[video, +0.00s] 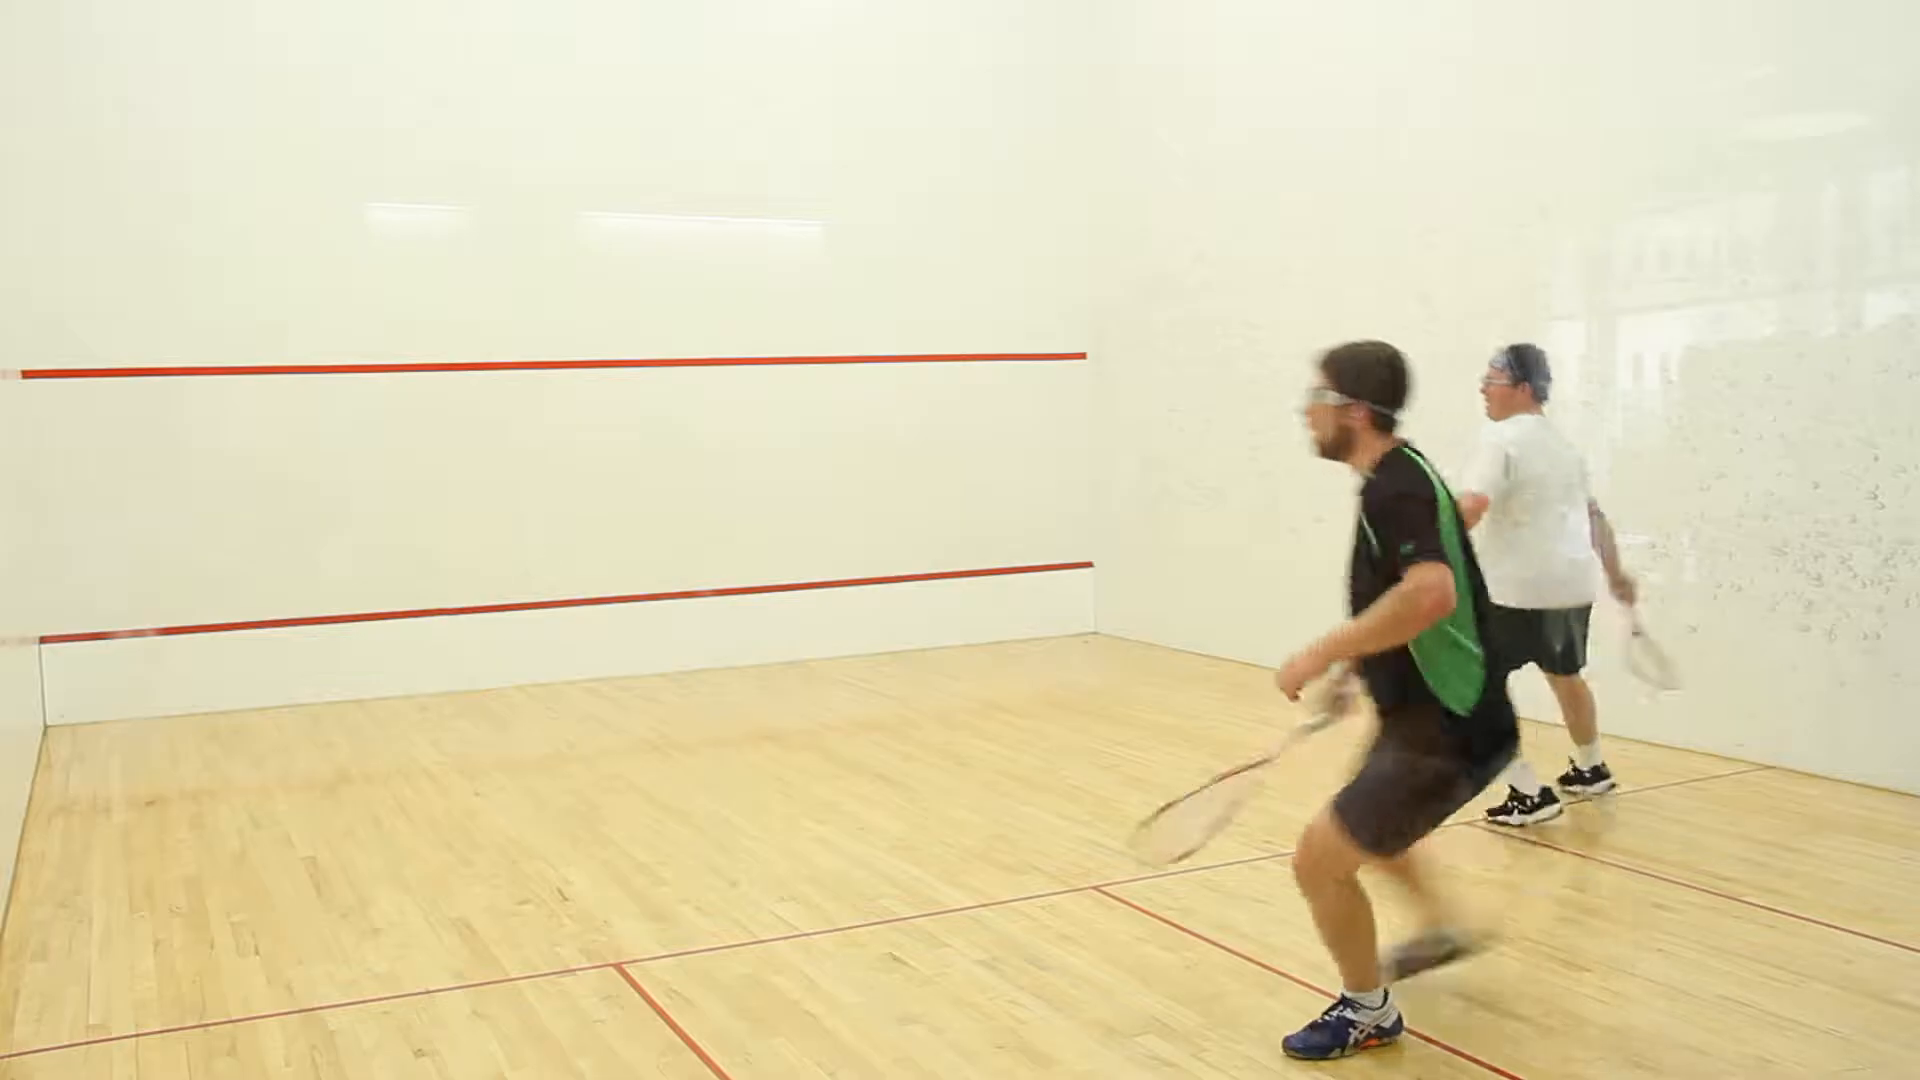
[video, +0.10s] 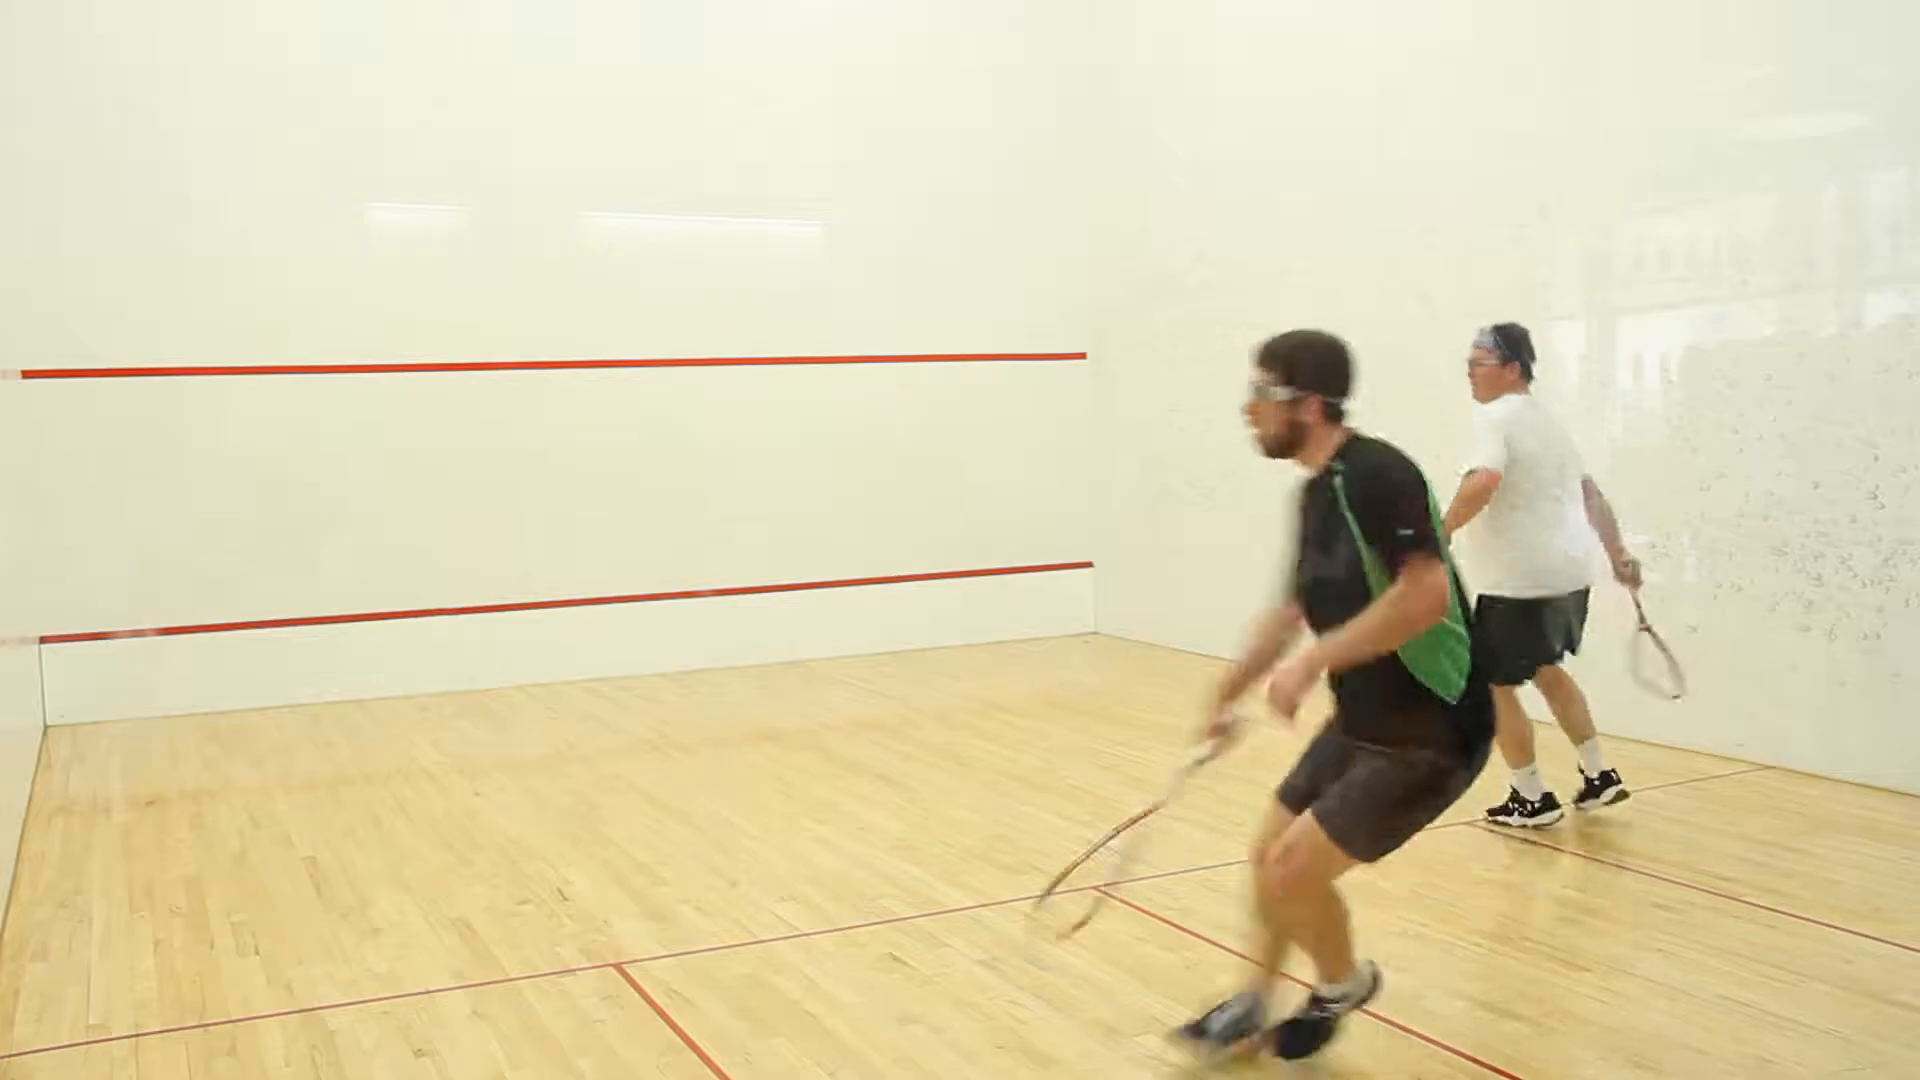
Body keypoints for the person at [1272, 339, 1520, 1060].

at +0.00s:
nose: (1308, 413)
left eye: (1319, 400)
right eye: (1312, 399)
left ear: (1357, 413)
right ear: (1367, 414)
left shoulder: (1398, 482)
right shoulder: (1397, 476)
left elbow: (1432, 591)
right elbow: (1414, 598)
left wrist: (1323, 652)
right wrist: (1359, 665)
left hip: (1452, 729)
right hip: (1423, 713)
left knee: (1319, 860)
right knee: (1369, 820)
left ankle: (1367, 1007)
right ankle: (1442, 927)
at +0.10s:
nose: (1248, 408)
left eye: (1262, 394)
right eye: (1252, 393)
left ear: (1311, 406)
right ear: (1303, 407)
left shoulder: (1377, 471)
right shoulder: (1318, 495)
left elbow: (1427, 594)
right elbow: (1295, 608)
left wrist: (1314, 659)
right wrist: (1234, 685)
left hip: (1432, 734)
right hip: (1363, 717)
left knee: (1291, 870)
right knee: (1270, 855)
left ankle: (1347, 983)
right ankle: (1259, 1000)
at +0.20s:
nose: (1204, 429)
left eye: (1219, 414)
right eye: (1207, 412)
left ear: (1275, 422)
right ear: (1262, 425)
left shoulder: (1369, 500)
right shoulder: (1242, 526)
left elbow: (1443, 627)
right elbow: (1193, 637)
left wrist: (1341, 716)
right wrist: (1131, 733)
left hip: (1398, 740)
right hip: (1302, 730)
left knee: (1265, 895)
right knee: (1224, 900)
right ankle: (1203, 1049)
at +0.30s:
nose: (1173, 447)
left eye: (1190, 431)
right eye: (1176, 428)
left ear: (1253, 441)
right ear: (1237, 444)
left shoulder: (1365, 523)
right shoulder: (1188, 545)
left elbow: (1477, 630)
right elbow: (1158, 662)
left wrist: (1414, 723)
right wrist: (1198, 683)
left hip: (1348, 796)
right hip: (1243, 793)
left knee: (1264, 953)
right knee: (1185, 976)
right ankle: (1207, 1044)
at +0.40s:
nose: (1146, 474)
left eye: (1163, 456)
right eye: (1148, 455)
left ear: (1230, 464)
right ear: (1223, 466)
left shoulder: (1359, 541)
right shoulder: (1162, 560)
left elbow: (1476, 634)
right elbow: (1187, 672)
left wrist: (1464, 720)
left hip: (1324, 847)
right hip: (1211, 834)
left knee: (1253, 1060)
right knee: (1167, 997)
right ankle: (1189, 1029)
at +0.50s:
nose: (1126, 538)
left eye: (1147, 518)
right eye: (1129, 517)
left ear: (1220, 527)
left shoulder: (1336, 615)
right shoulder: (1139, 625)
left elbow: (1434, 709)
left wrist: (1450, 837)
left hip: (1303, 928)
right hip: (1179, 928)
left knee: (1262, 1065)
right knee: (1143, 1067)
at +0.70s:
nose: (1127, 585)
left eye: (1148, 565)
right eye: (1131, 561)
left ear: (1225, 579)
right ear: (1218, 577)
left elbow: (1453, 865)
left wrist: (1469, 1050)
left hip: (1299, 969)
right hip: (1169, 949)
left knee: (1227, 1074)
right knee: (1115, 1072)